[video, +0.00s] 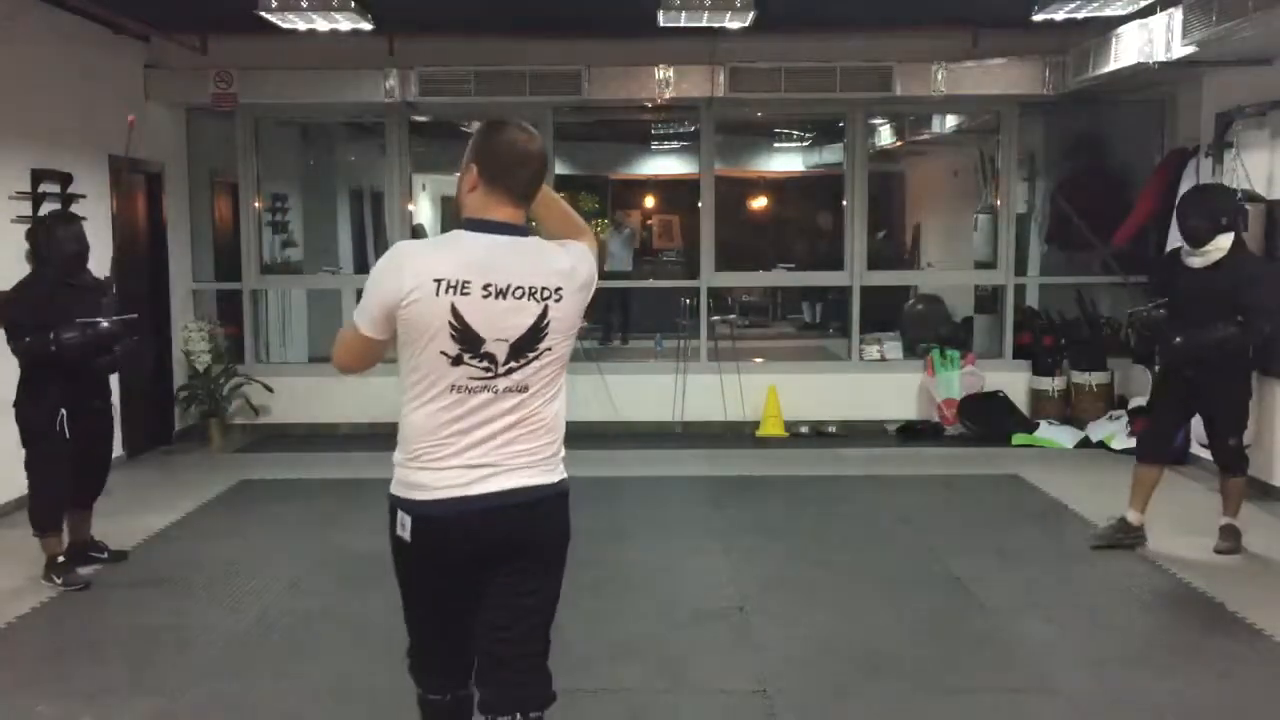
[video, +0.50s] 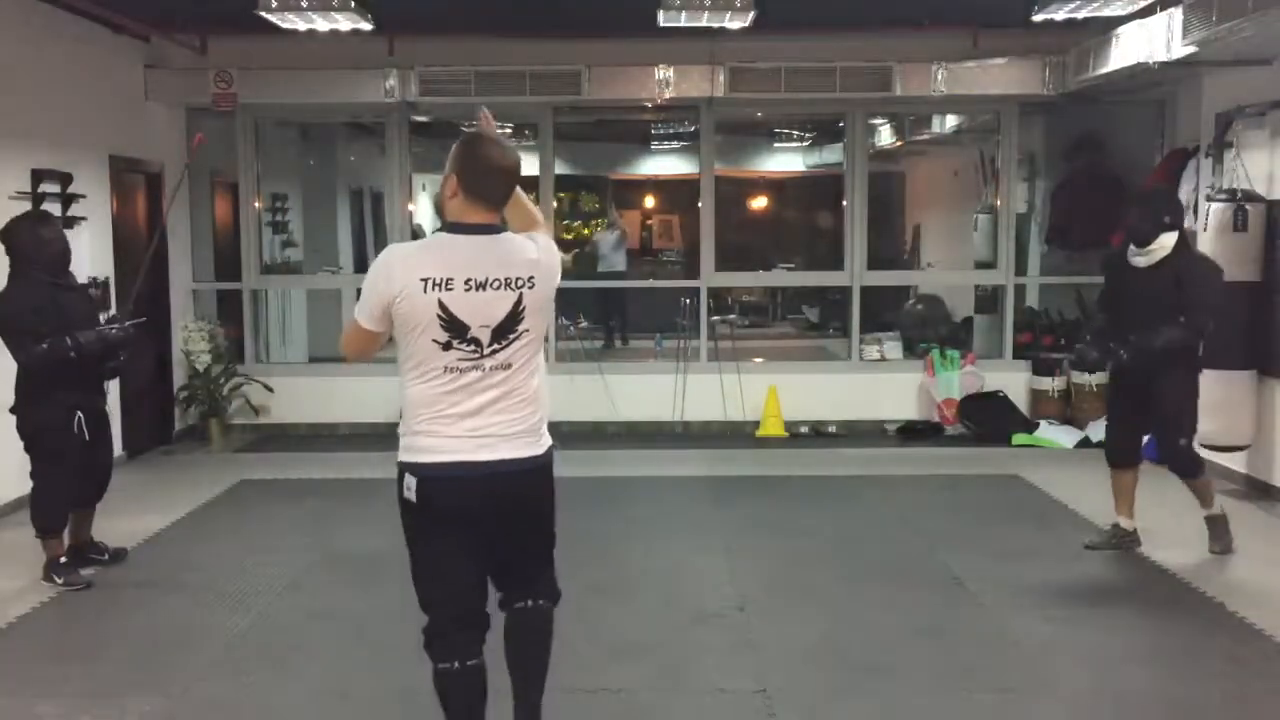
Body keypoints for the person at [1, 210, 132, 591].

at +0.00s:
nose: (76, 247)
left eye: (79, 238)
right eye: (66, 240)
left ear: (84, 241)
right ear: (44, 246)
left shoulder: (95, 289)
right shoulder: (23, 295)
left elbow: (120, 338)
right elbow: (24, 348)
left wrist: (109, 354)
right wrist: (62, 341)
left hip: (90, 394)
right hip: (43, 399)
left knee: (90, 465)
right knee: (49, 472)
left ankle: (81, 543)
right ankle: (54, 559)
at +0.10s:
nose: (72, 244)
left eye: (72, 237)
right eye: (62, 238)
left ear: (74, 242)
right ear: (39, 246)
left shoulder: (90, 290)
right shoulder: (19, 296)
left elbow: (115, 338)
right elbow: (22, 351)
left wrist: (107, 354)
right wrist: (67, 342)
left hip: (88, 392)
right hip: (40, 398)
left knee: (96, 462)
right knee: (47, 469)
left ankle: (82, 542)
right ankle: (53, 559)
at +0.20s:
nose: (66, 246)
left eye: (67, 238)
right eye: (55, 240)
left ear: (71, 242)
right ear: (32, 247)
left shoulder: (85, 290)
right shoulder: (17, 295)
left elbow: (110, 341)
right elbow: (25, 351)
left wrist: (109, 357)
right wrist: (71, 347)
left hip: (86, 393)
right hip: (41, 399)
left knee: (98, 462)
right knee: (49, 471)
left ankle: (82, 542)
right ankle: (53, 560)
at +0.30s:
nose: (65, 246)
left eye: (64, 239)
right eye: (54, 241)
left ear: (66, 242)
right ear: (30, 248)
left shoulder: (79, 290)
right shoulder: (15, 296)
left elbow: (99, 340)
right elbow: (25, 353)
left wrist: (111, 352)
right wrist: (69, 346)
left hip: (86, 397)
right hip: (41, 403)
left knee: (95, 467)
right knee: (50, 475)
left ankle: (82, 543)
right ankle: (54, 560)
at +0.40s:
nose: (63, 245)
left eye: (62, 237)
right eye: (53, 239)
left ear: (62, 240)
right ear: (29, 247)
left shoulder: (73, 290)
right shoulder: (17, 296)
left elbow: (95, 348)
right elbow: (28, 355)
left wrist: (111, 352)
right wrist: (79, 346)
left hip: (85, 398)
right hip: (44, 403)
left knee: (93, 468)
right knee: (52, 475)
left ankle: (81, 544)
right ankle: (55, 560)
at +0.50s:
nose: (64, 243)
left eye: (62, 236)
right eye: (53, 238)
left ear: (61, 239)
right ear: (30, 247)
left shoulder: (71, 289)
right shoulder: (16, 297)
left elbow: (93, 350)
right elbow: (29, 356)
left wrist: (113, 345)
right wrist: (81, 344)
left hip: (86, 398)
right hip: (45, 403)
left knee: (94, 467)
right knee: (53, 475)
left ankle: (81, 544)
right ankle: (55, 561)